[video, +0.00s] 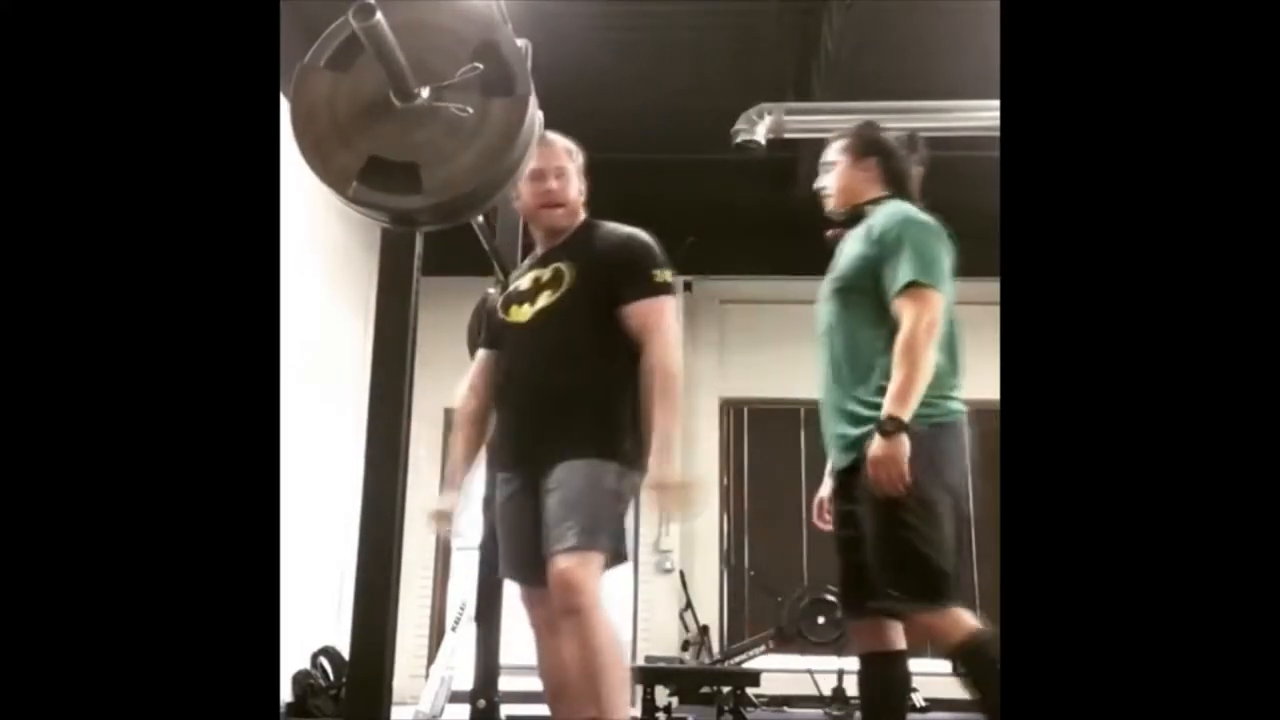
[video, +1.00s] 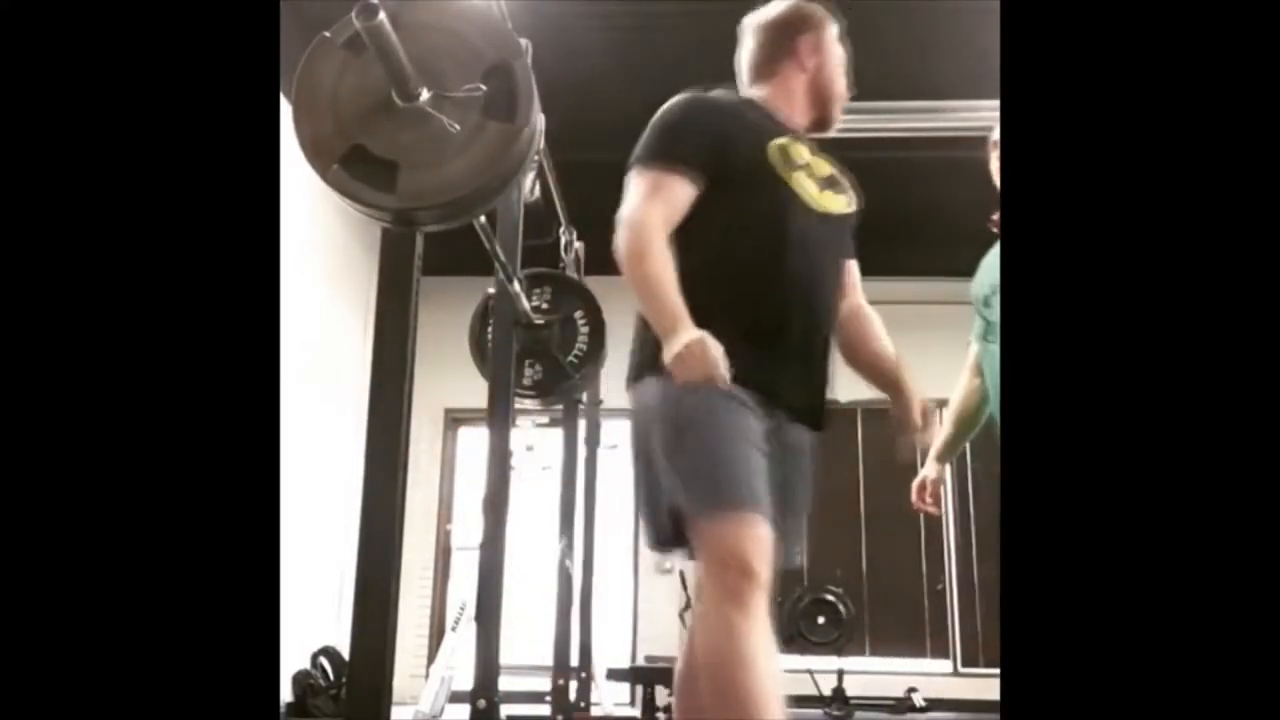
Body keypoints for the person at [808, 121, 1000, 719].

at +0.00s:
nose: (821, 180)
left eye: (831, 167)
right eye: (822, 169)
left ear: (869, 168)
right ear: (861, 173)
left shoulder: (905, 225)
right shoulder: (857, 243)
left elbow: (921, 322)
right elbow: (856, 366)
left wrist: (892, 426)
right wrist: (837, 467)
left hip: (914, 439)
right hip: (864, 448)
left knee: (927, 610)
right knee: (869, 615)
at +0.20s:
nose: (864, 177)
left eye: (874, 161)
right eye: (863, 165)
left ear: (916, 159)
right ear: (908, 164)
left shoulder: (955, 215)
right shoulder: (902, 239)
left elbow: (959, 312)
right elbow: (891, 370)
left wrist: (891, 400)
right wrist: (849, 463)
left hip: (961, 446)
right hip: (897, 456)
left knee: (989, 623)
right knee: (895, 626)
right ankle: (896, 719)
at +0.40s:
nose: (907, 164)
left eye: (918, 147)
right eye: (907, 151)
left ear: (962, 145)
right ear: (951, 151)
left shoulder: (990, 204)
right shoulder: (943, 231)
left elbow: (1002, 313)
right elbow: (927, 369)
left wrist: (954, 400)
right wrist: (894, 458)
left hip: (984, 447)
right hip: (937, 455)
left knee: (993, 623)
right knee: (934, 623)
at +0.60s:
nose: (946, 152)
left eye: (960, 137)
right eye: (946, 140)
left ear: (998, 141)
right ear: (967, 151)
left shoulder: (992, 223)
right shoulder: (969, 235)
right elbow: (962, 361)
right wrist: (929, 448)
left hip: (992, 450)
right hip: (959, 454)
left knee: (973, 614)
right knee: (949, 611)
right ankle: (989, 708)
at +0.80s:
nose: (981, 150)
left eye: (992, 136)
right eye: (974, 142)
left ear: (1010, 147)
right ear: (970, 158)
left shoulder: (986, 254)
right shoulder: (977, 258)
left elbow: (969, 366)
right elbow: (968, 367)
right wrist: (938, 451)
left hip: (993, 459)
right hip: (985, 461)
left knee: (996, 614)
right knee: (994, 614)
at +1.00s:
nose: (997, 154)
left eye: (997, 143)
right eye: (996, 144)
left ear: (996, 156)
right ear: (990, 157)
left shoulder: (989, 268)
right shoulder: (990, 269)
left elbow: (979, 367)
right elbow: (981, 367)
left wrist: (938, 457)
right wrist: (938, 455)